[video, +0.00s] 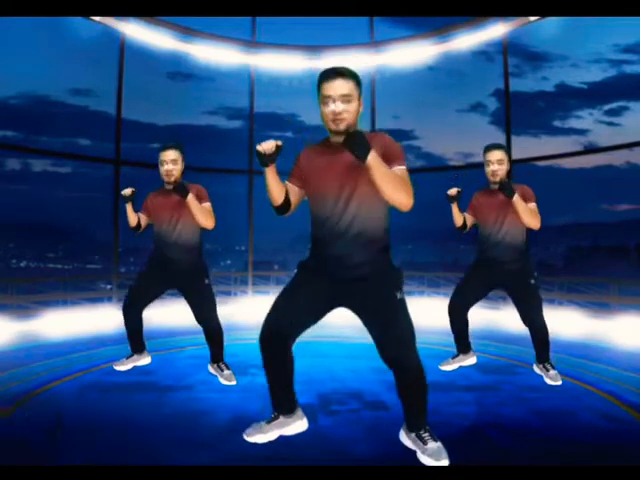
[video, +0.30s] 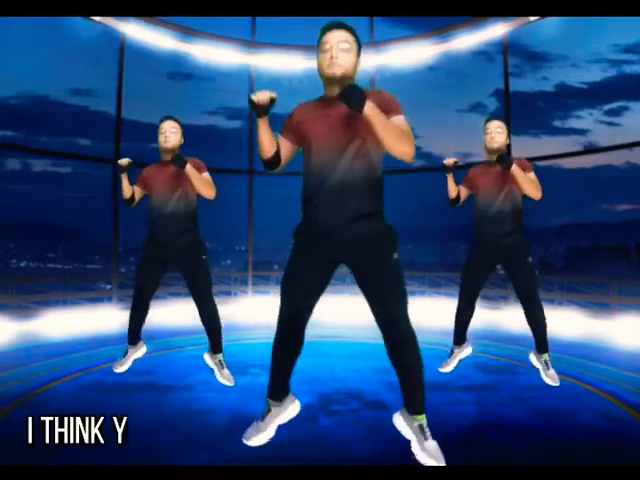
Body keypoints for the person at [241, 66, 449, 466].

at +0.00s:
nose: (337, 108)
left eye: (345, 99)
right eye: (328, 100)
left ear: (360, 104)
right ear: (319, 107)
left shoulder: (381, 145)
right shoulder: (311, 156)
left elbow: (404, 200)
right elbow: (284, 206)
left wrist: (364, 153)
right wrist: (268, 164)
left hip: (373, 276)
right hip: (320, 274)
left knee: (406, 361)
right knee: (273, 337)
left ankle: (417, 429)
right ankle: (287, 414)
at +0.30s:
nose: (335, 55)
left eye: (345, 49)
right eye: (327, 49)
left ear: (360, 58)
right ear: (317, 61)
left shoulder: (379, 103)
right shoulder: (304, 113)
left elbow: (406, 151)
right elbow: (274, 159)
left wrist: (365, 106)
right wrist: (261, 117)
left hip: (369, 233)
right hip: (316, 234)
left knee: (396, 326)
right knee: (290, 320)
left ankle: (415, 417)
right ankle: (278, 401)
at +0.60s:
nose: (338, 92)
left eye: (347, 84)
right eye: (330, 85)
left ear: (362, 89)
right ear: (323, 92)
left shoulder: (385, 135)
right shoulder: (312, 144)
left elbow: (399, 192)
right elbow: (292, 194)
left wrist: (365, 147)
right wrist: (271, 169)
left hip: (370, 265)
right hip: (318, 263)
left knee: (398, 354)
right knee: (283, 337)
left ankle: (408, 433)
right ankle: (284, 414)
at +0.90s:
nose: (348, 88)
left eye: (357, 79)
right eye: (340, 81)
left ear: (373, 84)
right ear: (332, 87)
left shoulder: (395, 128)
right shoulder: (318, 134)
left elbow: (414, 183)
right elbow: (291, 174)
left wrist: (376, 141)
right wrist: (289, 140)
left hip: (375, 260)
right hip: (322, 257)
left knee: (400, 350)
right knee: (279, 327)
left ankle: (409, 433)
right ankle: (286, 406)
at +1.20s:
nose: (315, 93)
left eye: (324, 85)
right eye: (309, 86)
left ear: (342, 91)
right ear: (303, 92)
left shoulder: (362, 134)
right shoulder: (308, 136)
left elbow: (376, 190)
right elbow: (280, 159)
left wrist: (335, 159)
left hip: (345, 259)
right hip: (310, 259)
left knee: (363, 347)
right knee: (275, 329)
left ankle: (434, 412)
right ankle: (291, 414)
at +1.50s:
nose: (296, 99)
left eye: (300, 92)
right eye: (296, 94)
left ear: (321, 92)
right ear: (324, 94)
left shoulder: (333, 119)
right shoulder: (328, 131)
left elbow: (274, 126)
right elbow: (304, 180)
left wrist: (242, 119)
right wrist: (298, 140)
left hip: (343, 259)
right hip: (319, 258)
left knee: (373, 345)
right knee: (277, 326)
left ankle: (443, 419)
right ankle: (291, 415)